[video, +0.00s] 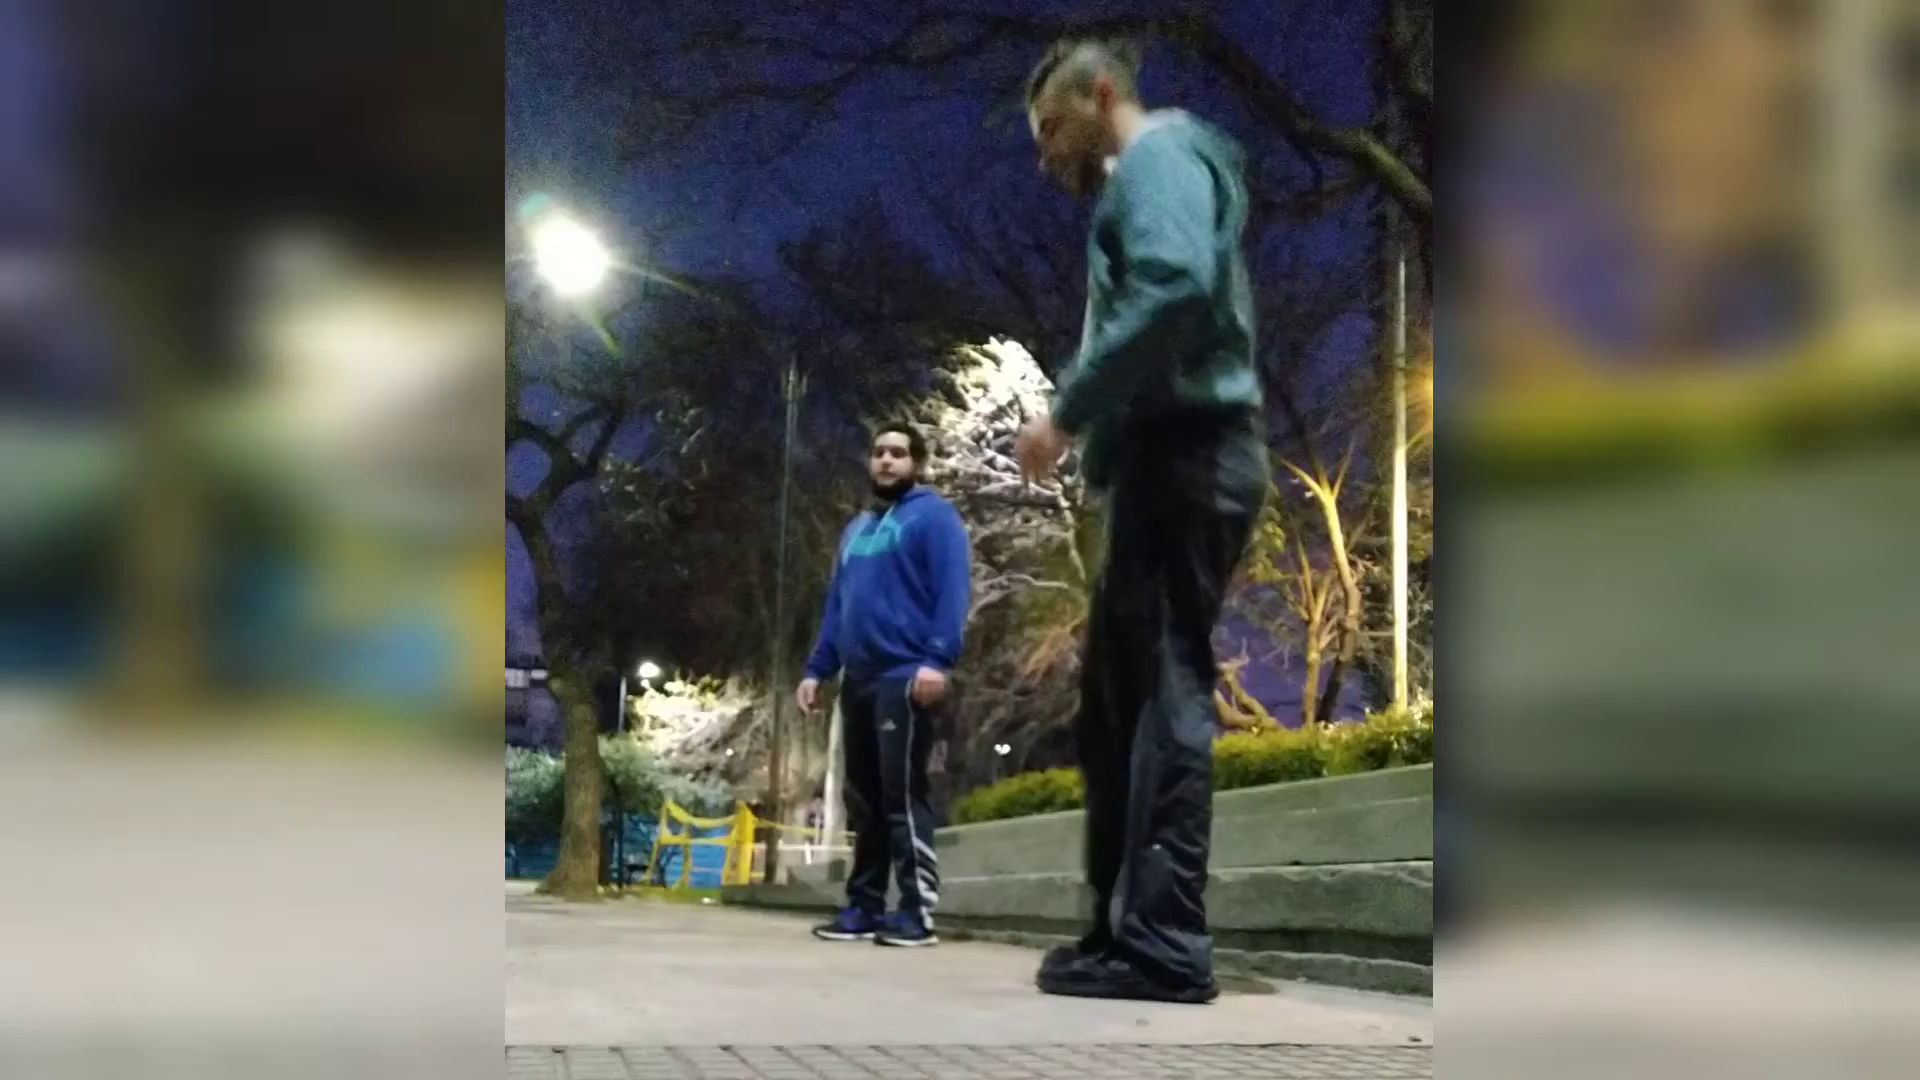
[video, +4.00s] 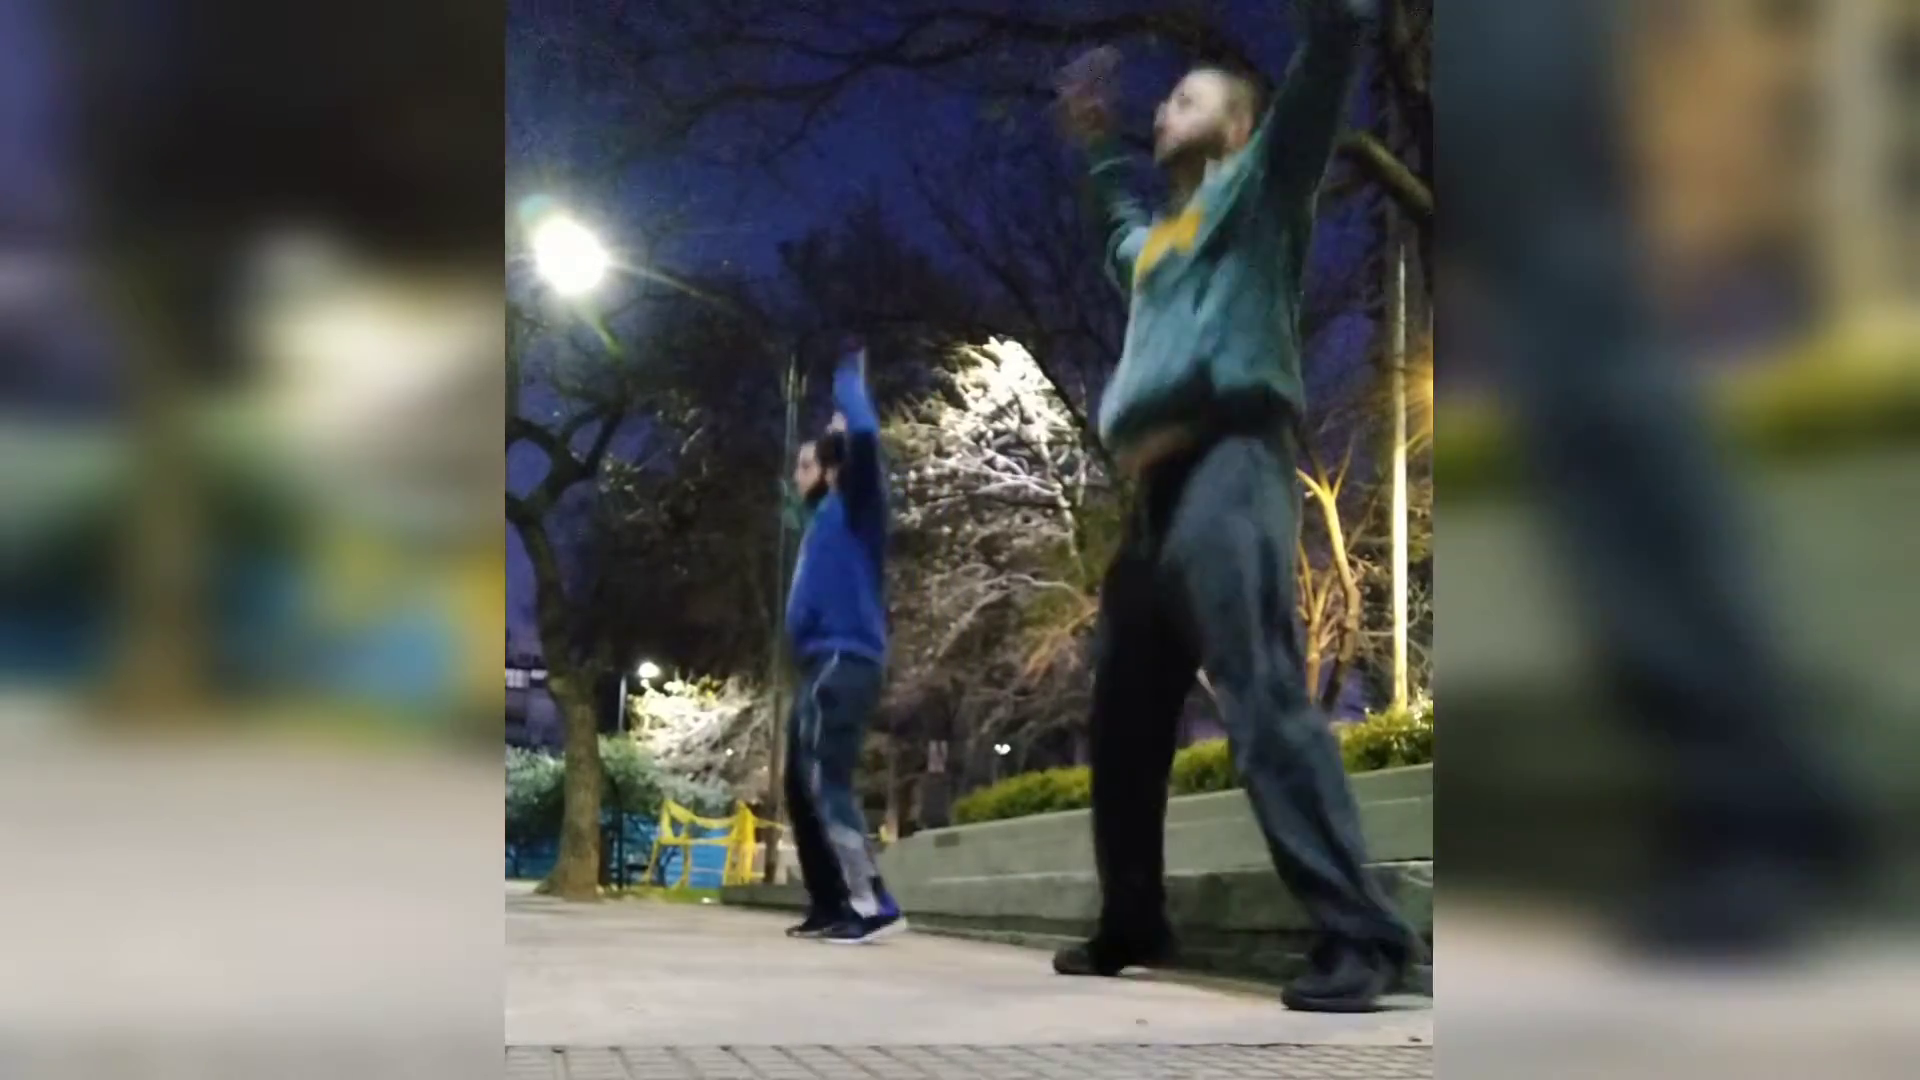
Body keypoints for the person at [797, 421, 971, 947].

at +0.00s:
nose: (886, 461)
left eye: (897, 453)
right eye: (880, 453)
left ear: (916, 463)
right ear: (870, 462)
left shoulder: (933, 516)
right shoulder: (858, 526)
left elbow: (953, 590)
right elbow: (839, 604)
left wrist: (938, 660)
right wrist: (817, 670)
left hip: (906, 669)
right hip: (860, 671)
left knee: (902, 794)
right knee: (866, 797)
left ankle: (915, 913)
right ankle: (865, 908)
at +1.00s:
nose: (838, 484)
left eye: (849, 476)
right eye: (838, 476)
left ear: (878, 485)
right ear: (861, 487)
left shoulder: (898, 525)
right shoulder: (866, 541)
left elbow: (917, 589)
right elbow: (860, 637)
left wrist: (879, 635)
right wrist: (804, 672)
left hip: (905, 687)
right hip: (880, 686)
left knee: (856, 793)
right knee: (848, 794)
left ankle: (889, 897)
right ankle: (878, 896)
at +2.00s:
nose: (868, 437)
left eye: (878, 429)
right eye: (870, 429)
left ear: (907, 436)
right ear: (895, 438)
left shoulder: (922, 475)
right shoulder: (882, 488)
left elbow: (941, 501)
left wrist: (946, 475)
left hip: (901, 623)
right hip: (869, 625)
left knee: (896, 748)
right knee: (872, 755)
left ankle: (930, 879)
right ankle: (894, 880)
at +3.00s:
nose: (839, 445)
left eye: (849, 437)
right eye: (840, 439)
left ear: (878, 446)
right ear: (858, 453)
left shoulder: (897, 489)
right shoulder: (853, 497)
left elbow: (919, 428)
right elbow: (835, 499)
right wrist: (852, 465)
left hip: (884, 634)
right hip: (848, 637)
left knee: (884, 757)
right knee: (852, 765)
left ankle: (918, 879)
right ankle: (857, 879)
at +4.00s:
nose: (796, 474)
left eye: (803, 464)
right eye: (797, 466)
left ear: (829, 465)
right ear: (816, 471)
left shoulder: (852, 505)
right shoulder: (819, 517)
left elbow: (864, 438)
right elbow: (798, 481)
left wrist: (849, 382)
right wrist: (821, 437)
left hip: (848, 654)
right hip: (818, 656)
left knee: (823, 776)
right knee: (801, 783)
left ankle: (869, 903)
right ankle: (828, 902)